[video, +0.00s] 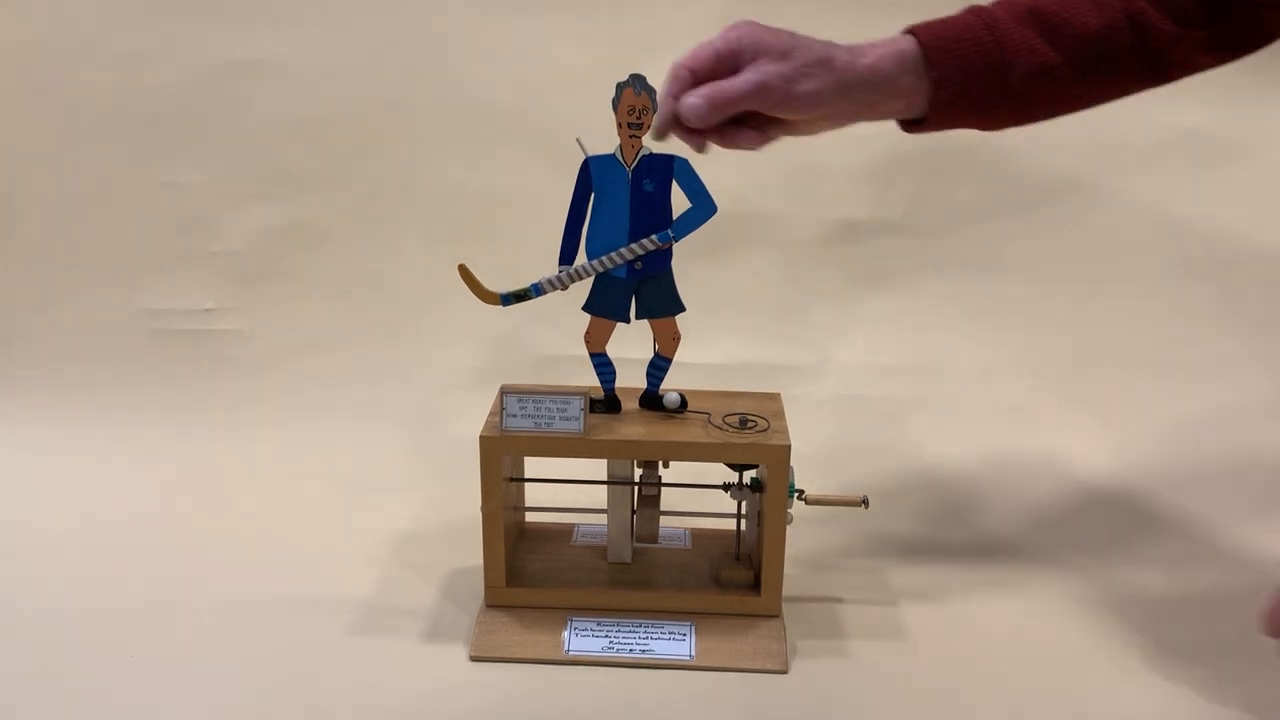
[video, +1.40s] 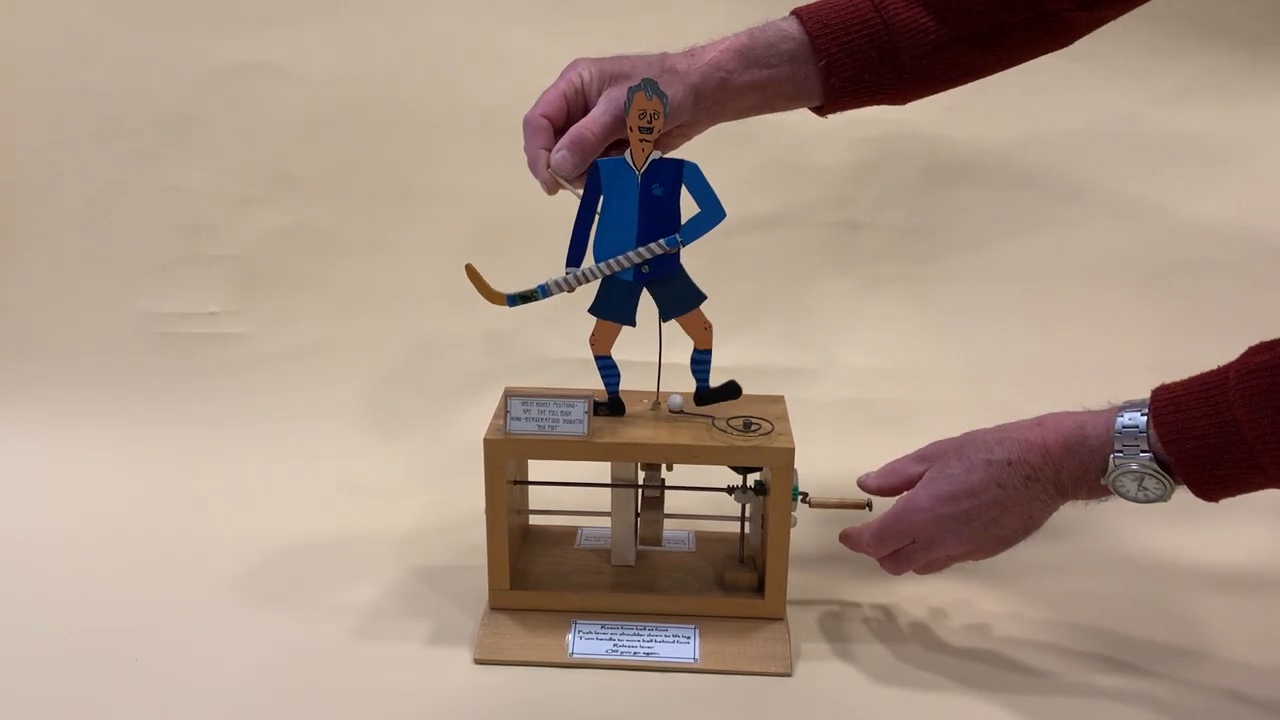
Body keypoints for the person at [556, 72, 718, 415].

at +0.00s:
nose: (636, 116)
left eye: (644, 110)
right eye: (629, 109)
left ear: (653, 117)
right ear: (615, 114)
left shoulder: (670, 165)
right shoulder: (594, 167)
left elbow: (707, 206)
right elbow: (575, 220)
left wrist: (669, 236)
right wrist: (565, 268)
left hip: (654, 271)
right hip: (611, 271)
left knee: (669, 339)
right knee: (594, 339)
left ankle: (651, 395)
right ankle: (609, 396)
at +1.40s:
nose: (644, 125)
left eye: (652, 119)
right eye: (639, 117)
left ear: (662, 125)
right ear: (627, 121)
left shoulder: (680, 170)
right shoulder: (605, 168)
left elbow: (715, 212)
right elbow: (584, 220)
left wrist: (676, 241)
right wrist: (573, 268)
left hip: (665, 272)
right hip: (619, 274)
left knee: (703, 332)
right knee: (599, 343)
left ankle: (703, 391)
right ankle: (614, 401)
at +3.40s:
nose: (646, 114)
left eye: (653, 108)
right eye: (639, 107)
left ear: (662, 116)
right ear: (625, 113)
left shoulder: (679, 164)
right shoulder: (603, 165)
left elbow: (715, 206)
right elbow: (584, 219)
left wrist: (677, 235)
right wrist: (573, 266)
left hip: (663, 267)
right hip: (620, 268)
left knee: (690, 334)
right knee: (602, 338)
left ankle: (680, 392)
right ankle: (617, 396)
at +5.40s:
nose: (644, 112)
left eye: (651, 106)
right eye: (637, 105)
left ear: (660, 112)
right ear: (622, 110)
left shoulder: (677, 161)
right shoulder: (601, 163)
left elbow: (714, 202)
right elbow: (582, 217)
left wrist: (676, 232)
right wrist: (572, 265)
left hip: (663, 264)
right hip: (619, 266)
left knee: (690, 331)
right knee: (601, 336)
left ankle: (680, 389)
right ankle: (617, 393)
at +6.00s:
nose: (645, 112)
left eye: (652, 106)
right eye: (638, 105)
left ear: (661, 113)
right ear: (623, 110)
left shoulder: (678, 162)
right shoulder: (602, 163)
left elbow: (715, 203)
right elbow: (583, 217)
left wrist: (677, 233)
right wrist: (573, 265)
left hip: (664, 265)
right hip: (620, 266)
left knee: (691, 331)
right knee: (602, 336)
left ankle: (680, 390)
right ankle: (618, 393)